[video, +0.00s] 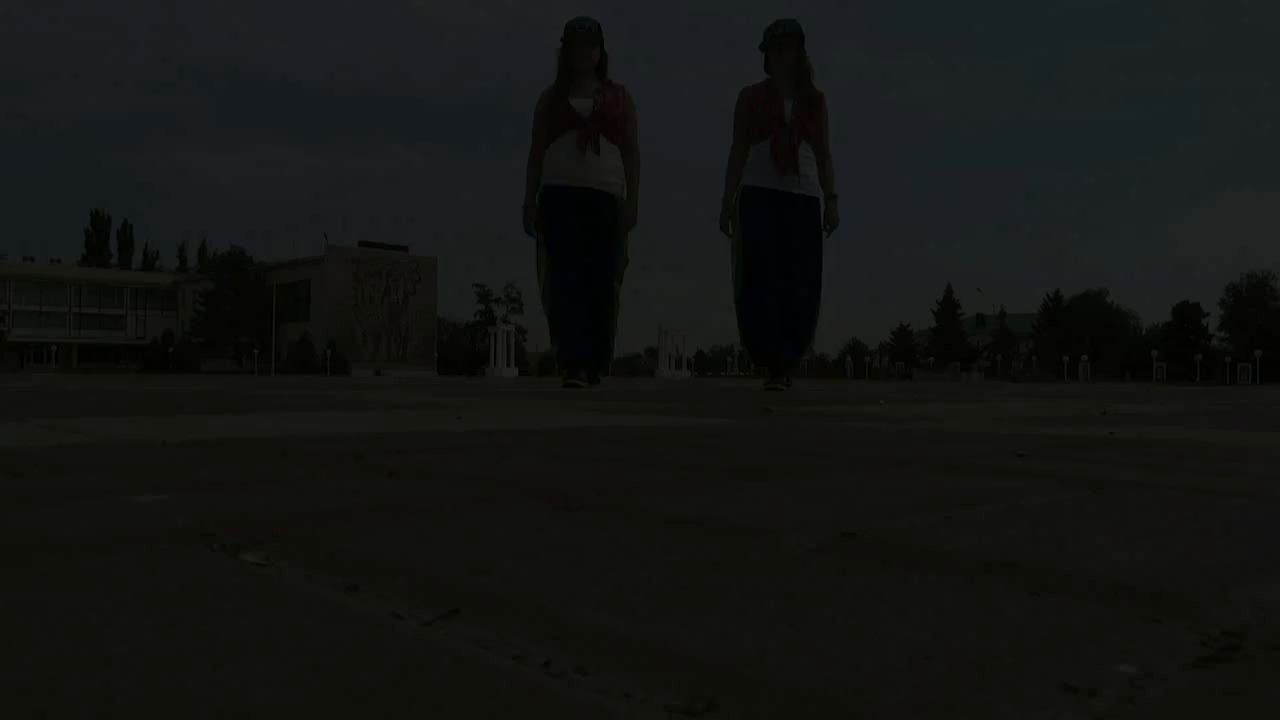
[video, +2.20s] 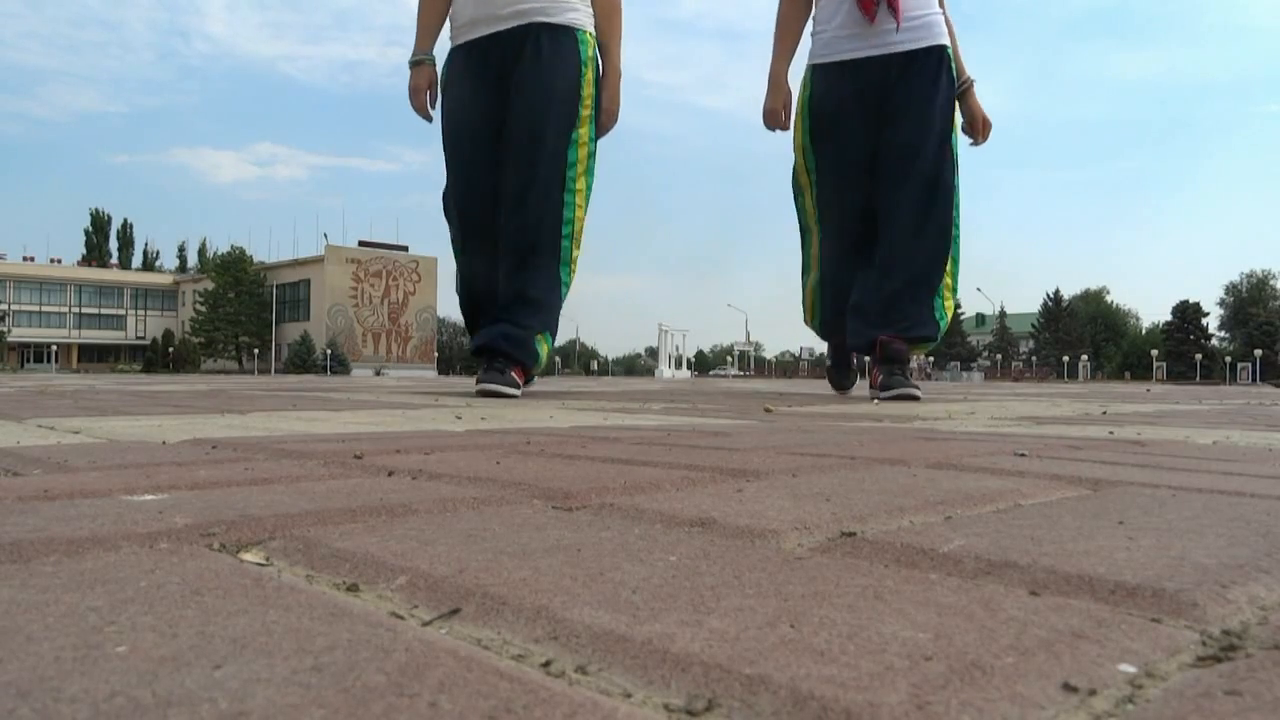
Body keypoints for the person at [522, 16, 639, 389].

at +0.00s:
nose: (584, 54)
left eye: (590, 46)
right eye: (577, 46)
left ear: (600, 51)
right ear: (565, 51)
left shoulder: (617, 97)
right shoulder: (551, 97)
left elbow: (630, 152)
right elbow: (537, 152)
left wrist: (631, 203)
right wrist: (531, 200)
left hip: (604, 197)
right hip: (558, 196)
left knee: (600, 280)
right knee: (561, 280)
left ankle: (594, 365)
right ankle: (569, 365)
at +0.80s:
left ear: (585, 2)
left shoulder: (600, 50)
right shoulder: (521, 48)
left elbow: (612, 115)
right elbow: (507, 112)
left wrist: (620, 175)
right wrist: (498, 170)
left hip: (583, 161)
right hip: (530, 164)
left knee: (567, 258)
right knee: (530, 260)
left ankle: (546, 361)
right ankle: (559, 353)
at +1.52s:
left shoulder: (605, 4)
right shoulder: (495, 3)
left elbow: (614, 57)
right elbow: (483, 55)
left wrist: (615, 124)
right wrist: (467, 131)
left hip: (576, 117)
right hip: (511, 111)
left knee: (572, 236)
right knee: (518, 230)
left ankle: (557, 349)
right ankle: (536, 354)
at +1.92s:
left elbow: (605, 21)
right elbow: (461, 6)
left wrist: (613, 104)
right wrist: (453, 71)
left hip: (565, 78)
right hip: (491, 80)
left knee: (543, 202)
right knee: (498, 215)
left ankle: (531, 337)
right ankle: (543, 348)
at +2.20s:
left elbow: (604, 3)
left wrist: (611, 72)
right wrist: (422, 53)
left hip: (556, 30)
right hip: (471, 40)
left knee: (540, 195)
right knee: (470, 198)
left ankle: (514, 352)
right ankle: (493, 349)